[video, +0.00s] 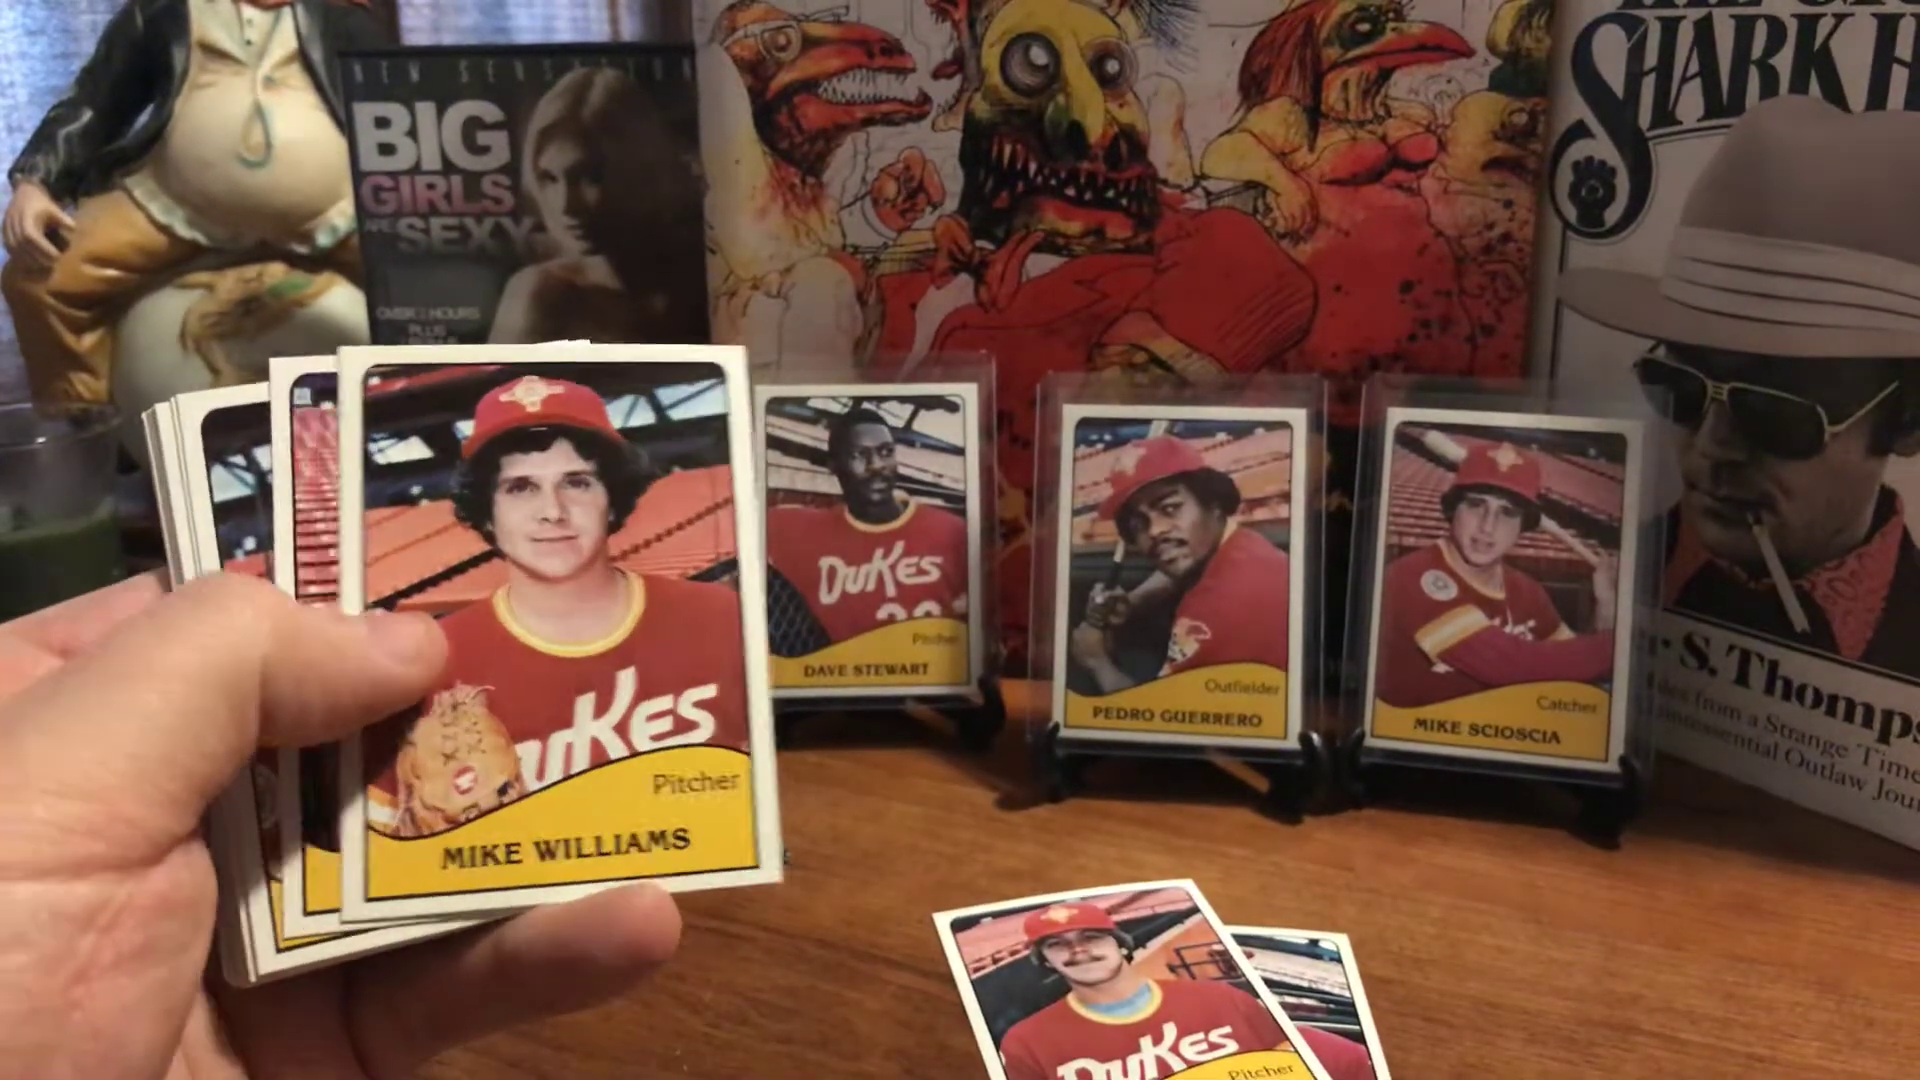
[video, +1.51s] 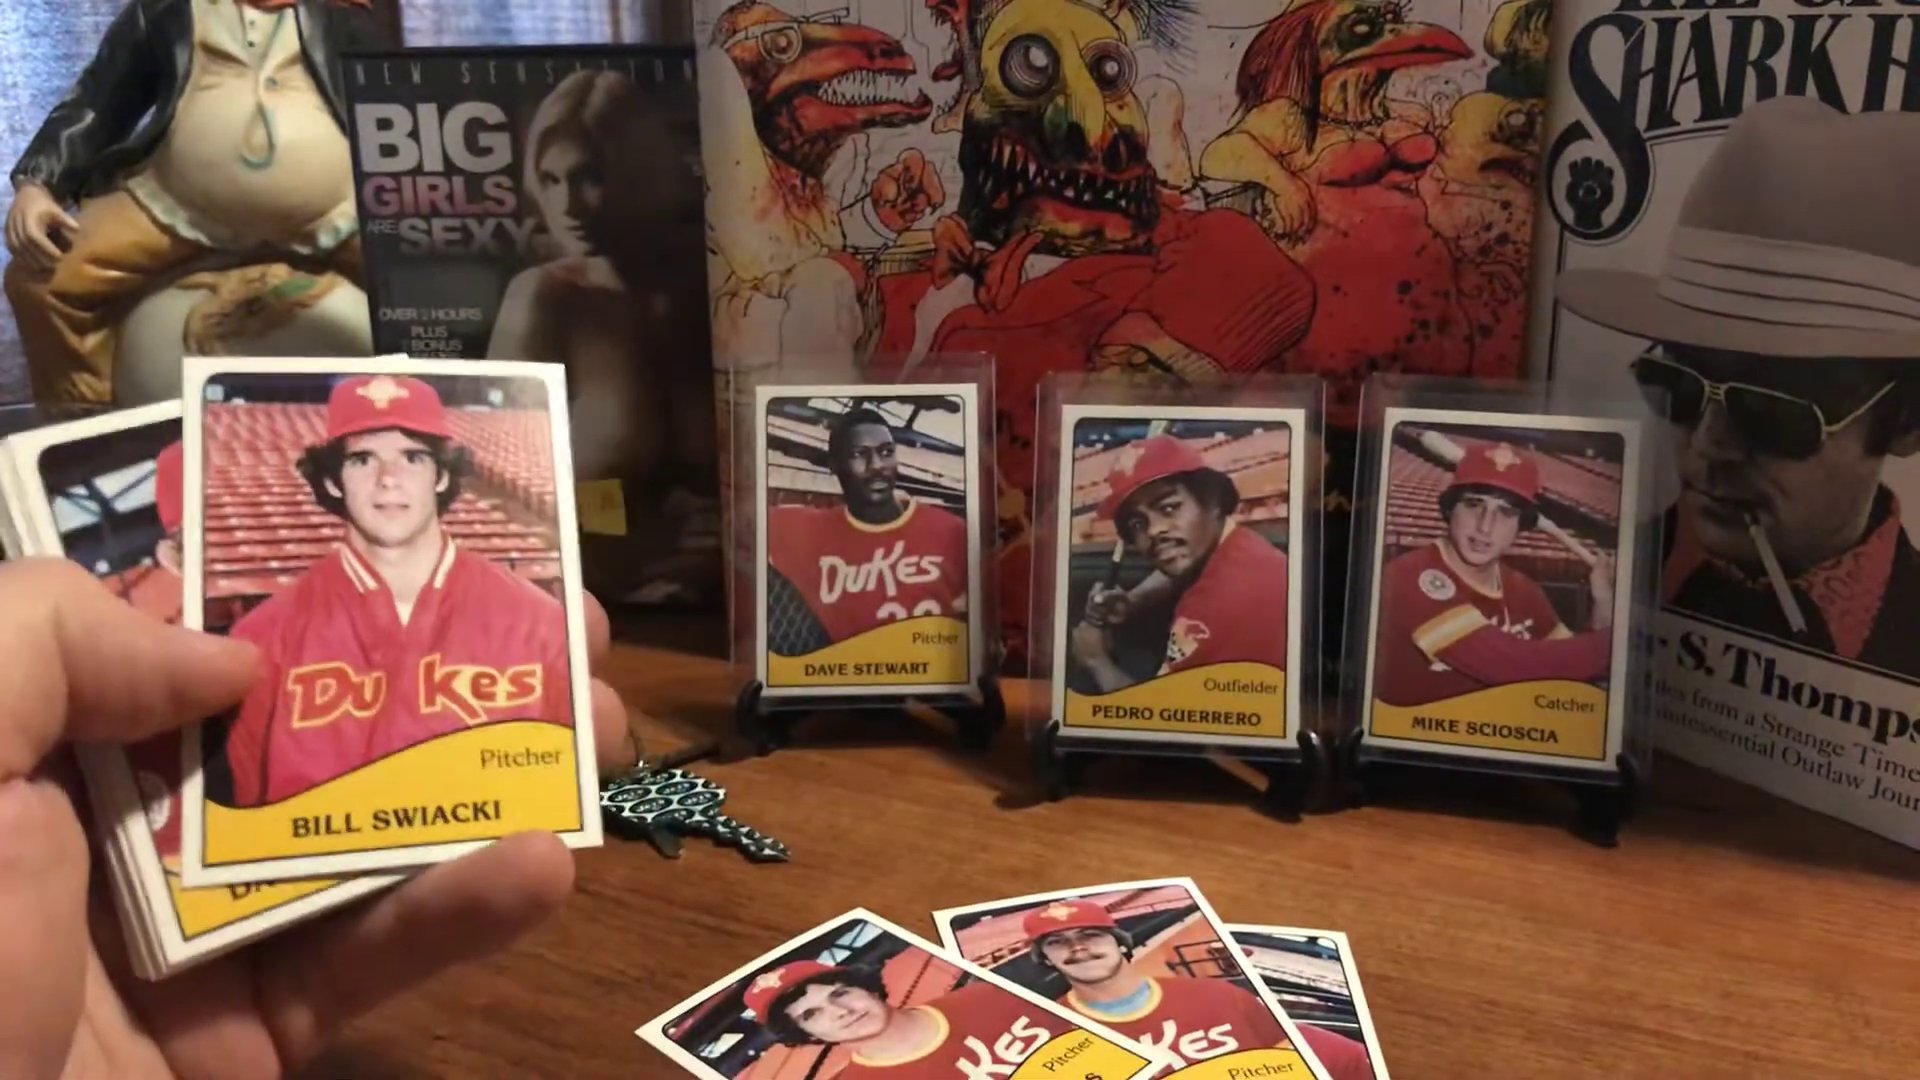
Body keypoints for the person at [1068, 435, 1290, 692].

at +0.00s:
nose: (1156, 531)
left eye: (1170, 508)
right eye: (1140, 522)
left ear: (1214, 505)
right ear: (1133, 540)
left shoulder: (1213, 606)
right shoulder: (1249, 545)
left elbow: (1159, 720)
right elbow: (1184, 564)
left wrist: (1098, 662)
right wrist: (1132, 603)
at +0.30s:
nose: (1156, 529)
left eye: (1170, 507)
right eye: (1140, 520)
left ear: (1213, 503)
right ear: (1133, 538)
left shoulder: (1212, 605)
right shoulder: (1249, 543)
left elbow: (1159, 717)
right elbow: (1184, 563)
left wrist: (1098, 661)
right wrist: (1131, 601)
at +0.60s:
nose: (1155, 531)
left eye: (1169, 510)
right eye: (1140, 523)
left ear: (1212, 506)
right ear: (1134, 540)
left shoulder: (1210, 606)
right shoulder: (1250, 548)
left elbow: (1159, 722)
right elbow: (1183, 567)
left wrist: (1098, 662)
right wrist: (1132, 603)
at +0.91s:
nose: (1155, 530)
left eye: (1169, 508)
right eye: (1139, 523)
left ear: (1212, 504)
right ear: (1133, 541)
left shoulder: (1211, 606)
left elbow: (1161, 719)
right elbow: (1182, 566)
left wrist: (1098, 662)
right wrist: (1133, 602)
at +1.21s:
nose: (1155, 530)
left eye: (1169, 509)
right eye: (1139, 523)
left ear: (1212, 503)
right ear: (1133, 540)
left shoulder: (1211, 607)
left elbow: (1161, 719)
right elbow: (1183, 568)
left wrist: (1098, 662)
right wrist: (1133, 602)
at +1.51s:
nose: (1156, 531)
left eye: (1169, 508)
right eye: (1139, 523)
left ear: (1212, 502)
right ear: (1133, 540)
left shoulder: (1212, 605)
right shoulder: (1247, 545)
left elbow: (1161, 717)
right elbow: (1183, 566)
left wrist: (1097, 662)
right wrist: (1133, 602)